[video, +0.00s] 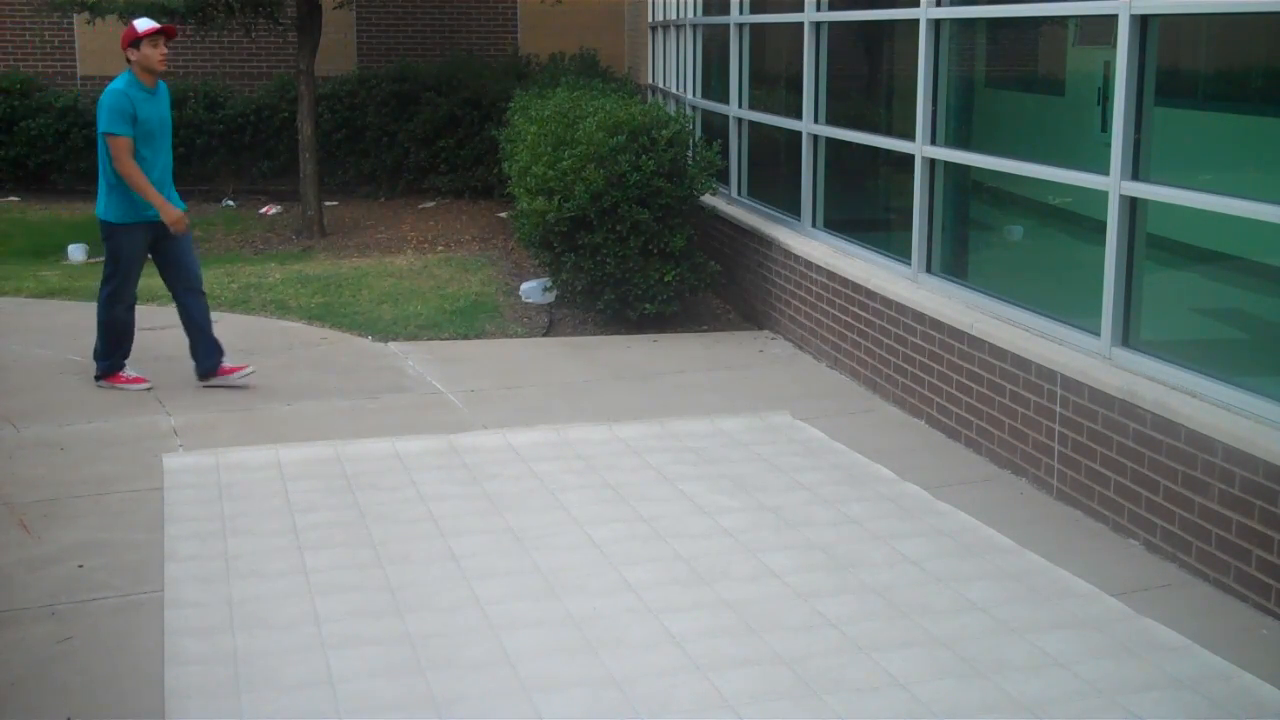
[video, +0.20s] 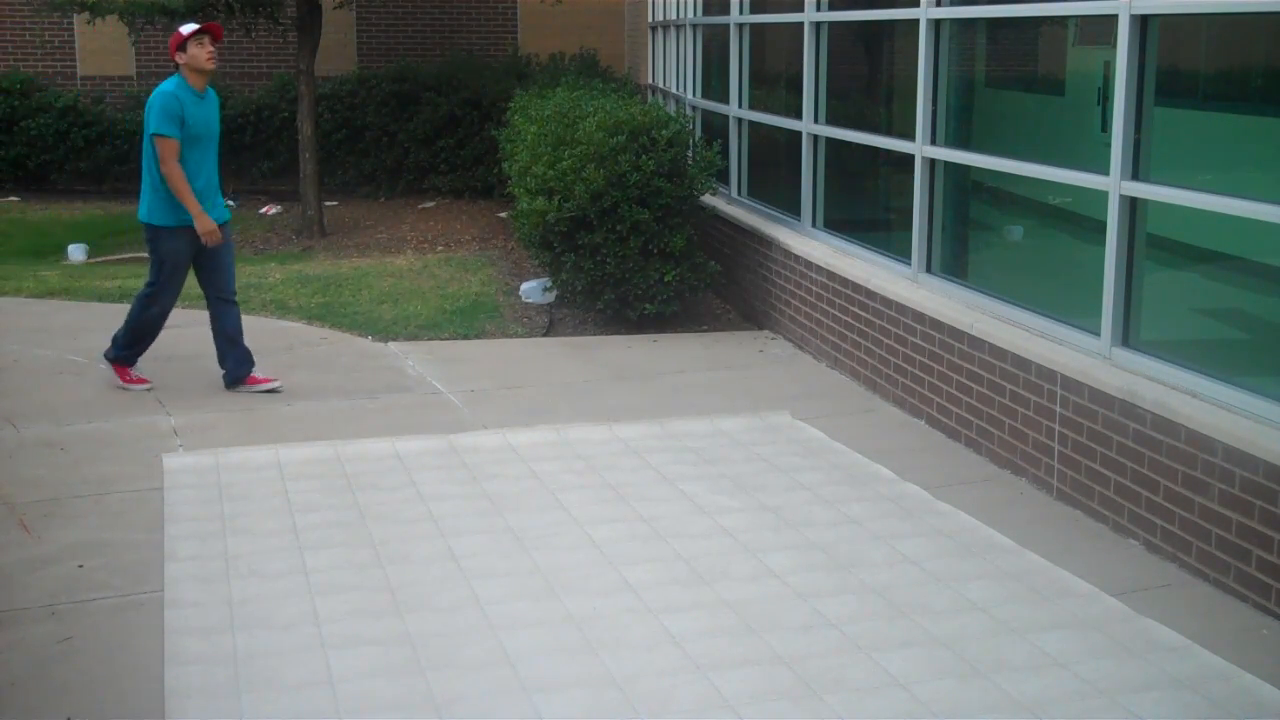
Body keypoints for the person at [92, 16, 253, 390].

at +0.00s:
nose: (164, 50)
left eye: (164, 44)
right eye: (154, 45)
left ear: (165, 49)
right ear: (132, 53)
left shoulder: (160, 89)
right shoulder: (117, 97)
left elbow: (156, 151)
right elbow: (121, 162)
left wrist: (167, 200)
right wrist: (163, 206)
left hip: (165, 209)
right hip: (125, 215)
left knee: (189, 287)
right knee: (119, 294)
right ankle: (109, 368)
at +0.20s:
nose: (210, 50)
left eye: (212, 45)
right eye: (200, 46)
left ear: (214, 54)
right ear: (180, 56)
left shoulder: (210, 97)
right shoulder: (166, 98)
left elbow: (204, 159)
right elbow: (167, 164)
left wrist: (214, 207)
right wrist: (198, 215)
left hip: (211, 214)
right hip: (170, 219)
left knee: (224, 297)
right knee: (160, 295)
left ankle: (238, 373)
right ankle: (120, 357)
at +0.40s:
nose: (247, 42)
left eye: (248, 37)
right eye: (236, 38)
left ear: (253, 48)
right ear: (218, 50)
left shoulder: (257, 91)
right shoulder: (203, 91)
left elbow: (269, 151)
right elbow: (196, 158)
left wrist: (292, 200)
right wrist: (213, 214)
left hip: (255, 208)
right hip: (221, 210)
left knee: (251, 290)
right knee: (245, 285)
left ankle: (239, 372)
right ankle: (193, 344)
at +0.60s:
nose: (284, 43)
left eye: (285, 39)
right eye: (273, 40)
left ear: (290, 50)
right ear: (255, 55)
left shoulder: (298, 91)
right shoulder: (241, 96)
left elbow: (320, 147)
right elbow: (227, 162)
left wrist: (358, 179)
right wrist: (237, 220)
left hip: (289, 208)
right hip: (259, 208)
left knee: (260, 293)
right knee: (293, 286)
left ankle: (240, 372)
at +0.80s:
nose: (328, 52)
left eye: (329, 46)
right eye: (317, 47)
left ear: (332, 53)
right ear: (298, 58)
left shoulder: (337, 93)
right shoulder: (284, 102)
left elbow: (354, 150)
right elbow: (274, 170)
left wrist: (391, 190)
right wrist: (282, 230)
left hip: (334, 212)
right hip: (306, 215)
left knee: (313, 291)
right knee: (339, 292)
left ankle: (260, 355)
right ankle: (355, 382)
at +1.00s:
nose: (376, 66)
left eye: (380, 59)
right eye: (370, 58)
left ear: (378, 57)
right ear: (345, 53)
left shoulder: (369, 90)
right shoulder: (322, 96)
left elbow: (366, 150)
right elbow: (325, 168)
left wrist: (379, 203)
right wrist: (352, 220)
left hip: (378, 209)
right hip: (342, 215)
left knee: (400, 282)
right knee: (355, 298)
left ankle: (345, 338)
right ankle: (355, 383)